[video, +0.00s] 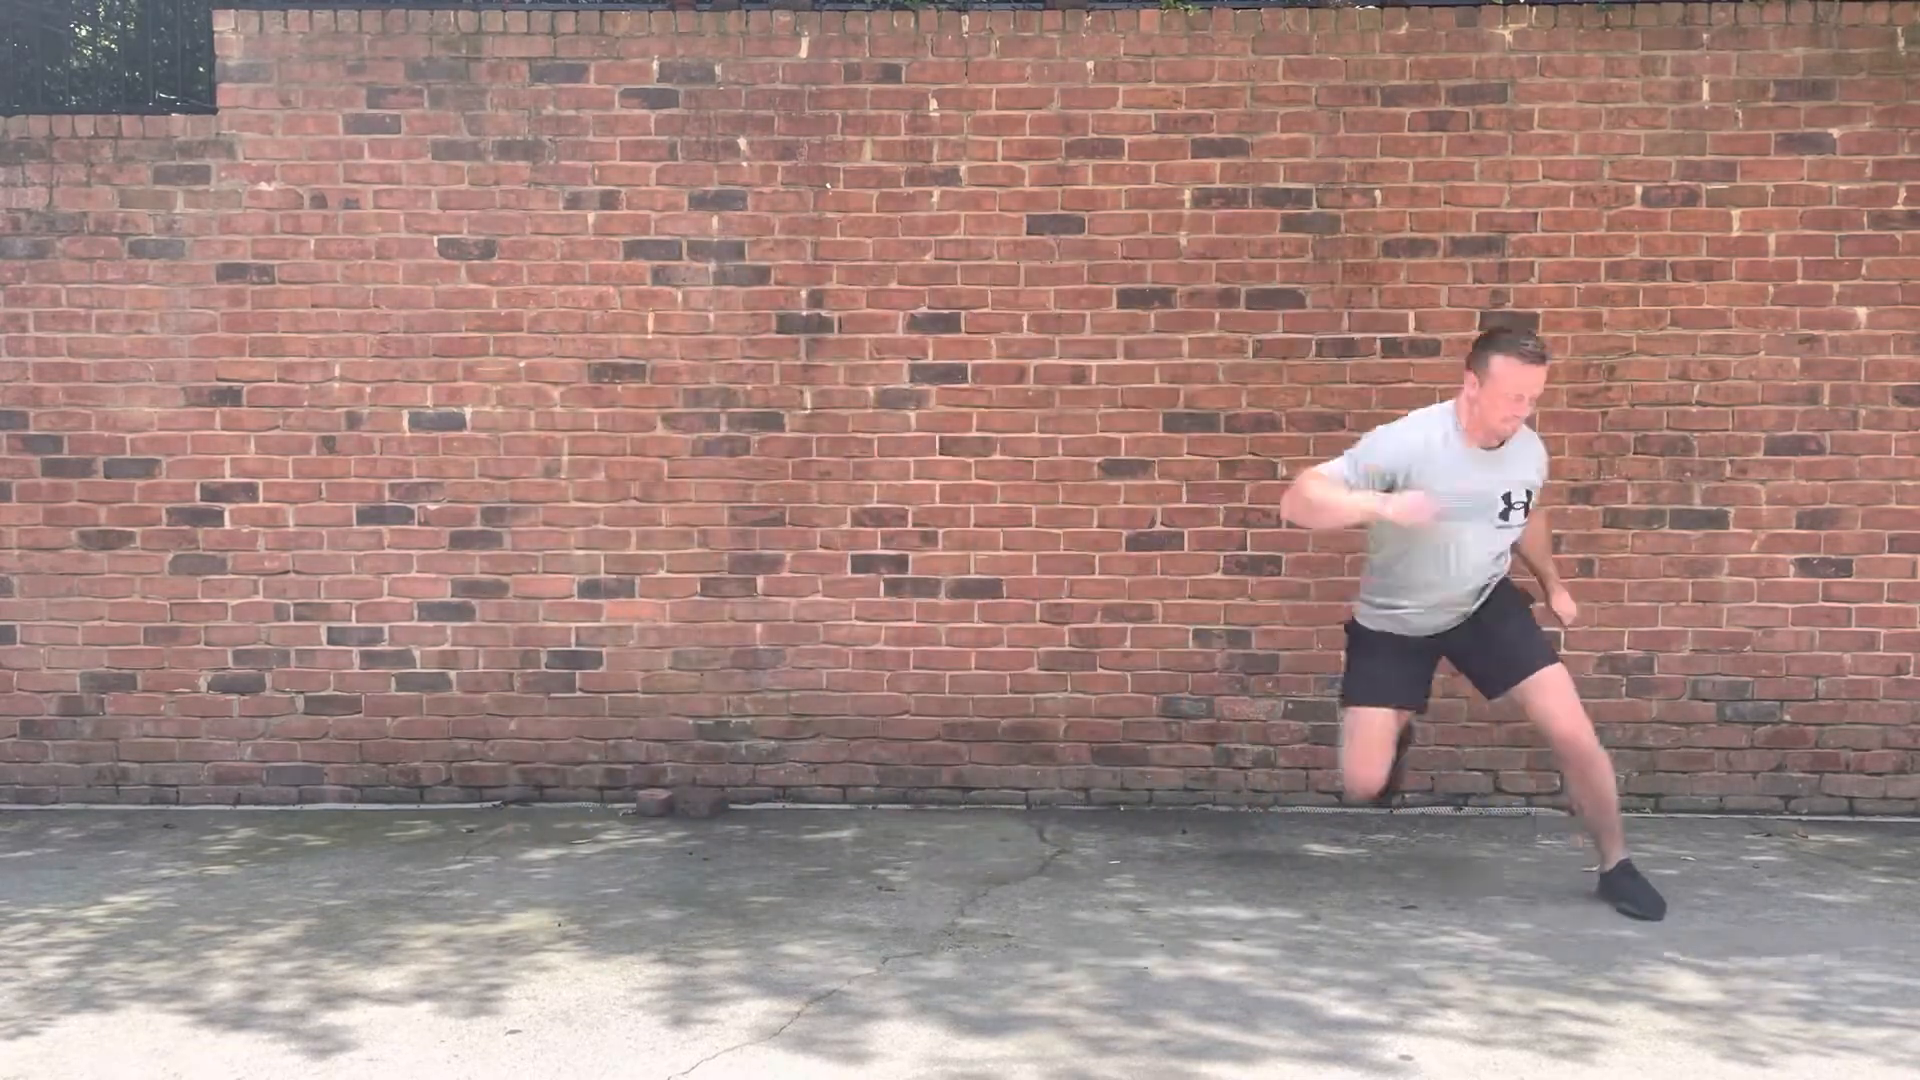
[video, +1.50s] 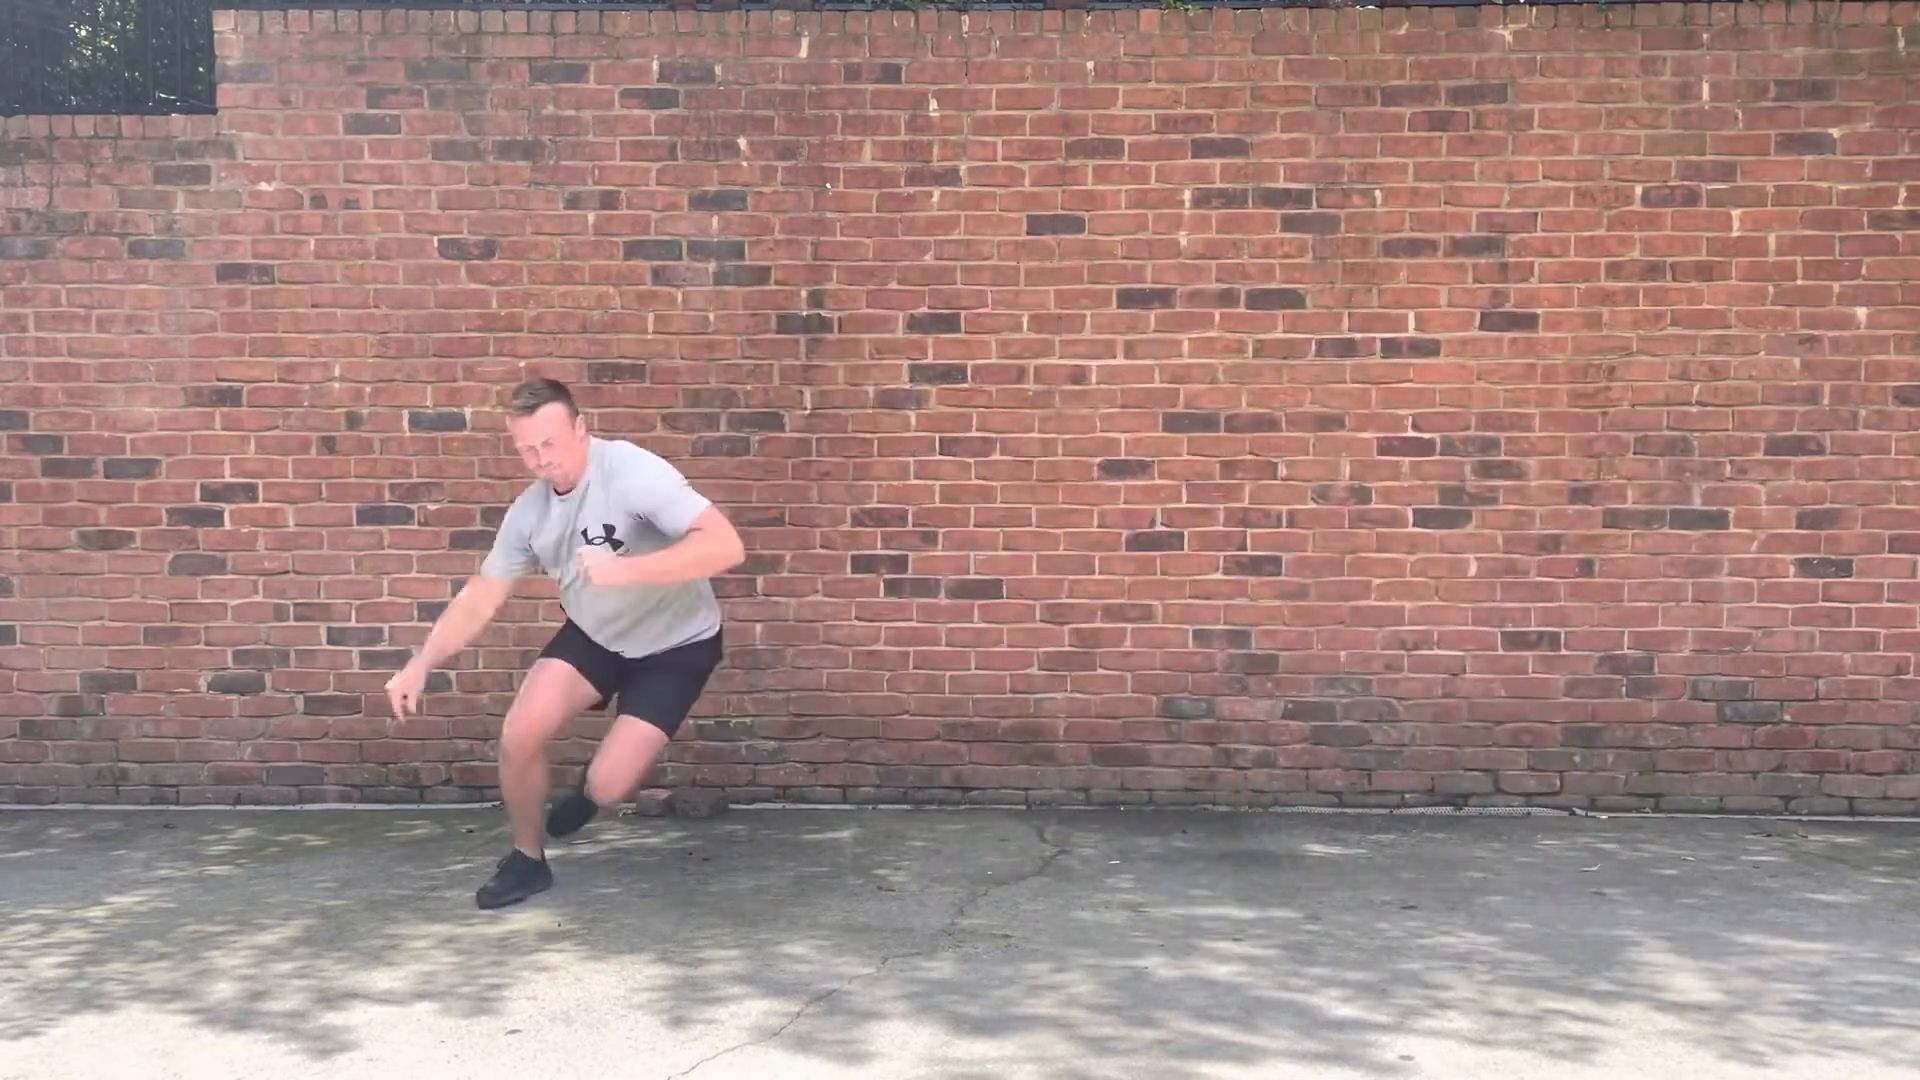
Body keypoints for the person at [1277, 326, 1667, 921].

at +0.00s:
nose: (1524, 413)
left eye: (1532, 399)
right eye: (1514, 397)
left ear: (1537, 393)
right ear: (1472, 383)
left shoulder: (1528, 453)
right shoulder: (1409, 441)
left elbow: (1521, 520)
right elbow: (1297, 501)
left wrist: (1552, 584)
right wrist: (1383, 506)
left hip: (1482, 604)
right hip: (1391, 618)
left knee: (1575, 735)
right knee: (1361, 784)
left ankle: (1615, 863)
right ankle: (1393, 729)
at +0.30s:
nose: (1527, 404)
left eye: (1541, 393)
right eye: (1517, 388)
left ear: (1558, 392)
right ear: (1493, 376)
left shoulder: (1577, 453)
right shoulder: (1438, 426)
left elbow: (1684, 491)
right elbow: (1326, 451)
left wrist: (1728, 459)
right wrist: (1405, 451)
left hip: (1506, 607)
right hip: (1412, 613)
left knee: (1588, 727)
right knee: (1425, 771)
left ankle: (1618, 864)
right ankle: (1463, 769)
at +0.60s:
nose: (1322, 285)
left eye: (1339, 272)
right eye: (1311, 267)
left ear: (1360, 267)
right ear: (1292, 253)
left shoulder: (1383, 337)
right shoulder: (1235, 315)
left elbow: (1426, 421)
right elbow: (1137, 347)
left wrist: (1445, 449)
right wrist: (1046, 398)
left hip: (1321, 519)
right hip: (1230, 512)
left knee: (1348, 669)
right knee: (1196, 663)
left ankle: (1307, 814)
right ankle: (1258, 676)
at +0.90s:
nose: (1080, 322)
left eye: (1095, 309)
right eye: (1071, 306)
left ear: (1123, 306)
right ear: (1058, 297)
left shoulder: (1150, 381)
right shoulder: (1021, 342)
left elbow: (1237, 472)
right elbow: (924, 356)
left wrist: (1181, 431)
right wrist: (949, 350)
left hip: (1097, 553)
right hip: (1005, 535)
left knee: (1144, 694)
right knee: (909, 638)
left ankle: (1198, 847)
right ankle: (978, 697)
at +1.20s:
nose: (750, 322)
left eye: (763, 307)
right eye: (739, 310)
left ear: (794, 297)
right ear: (728, 305)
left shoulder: (843, 354)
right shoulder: (707, 351)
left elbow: (941, 398)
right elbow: (654, 383)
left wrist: (896, 438)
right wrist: (595, 424)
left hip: (832, 541)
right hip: (734, 539)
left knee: (906, 689)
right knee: (650, 668)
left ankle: (898, 742)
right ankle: (564, 808)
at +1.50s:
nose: (540, 460)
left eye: (550, 443)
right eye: (527, 449)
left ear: (581, 429)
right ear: (517, 450)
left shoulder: (634, 473)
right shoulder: (528, 514)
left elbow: (725, 543)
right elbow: (480, 597)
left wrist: (625, 568)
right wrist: (420, 662)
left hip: (678, 638)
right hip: (595, 633)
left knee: (608, 786)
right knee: (519, 733)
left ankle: (591, 790)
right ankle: (528, 858)